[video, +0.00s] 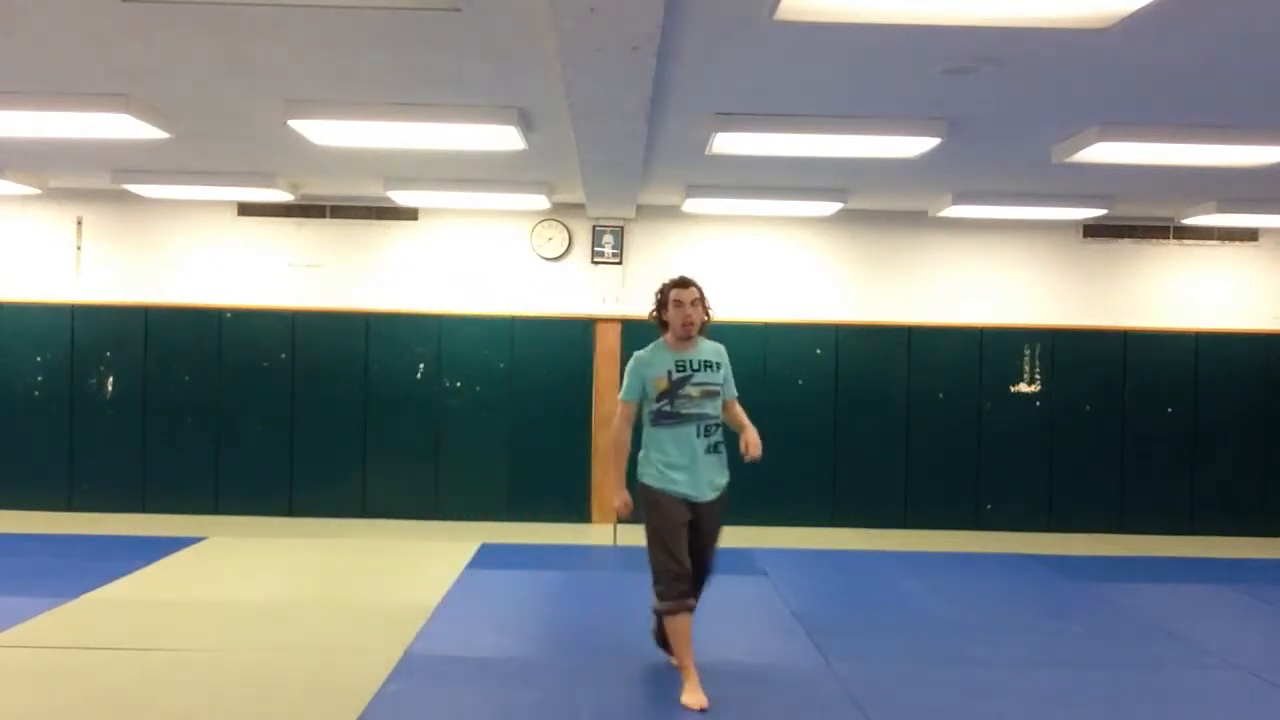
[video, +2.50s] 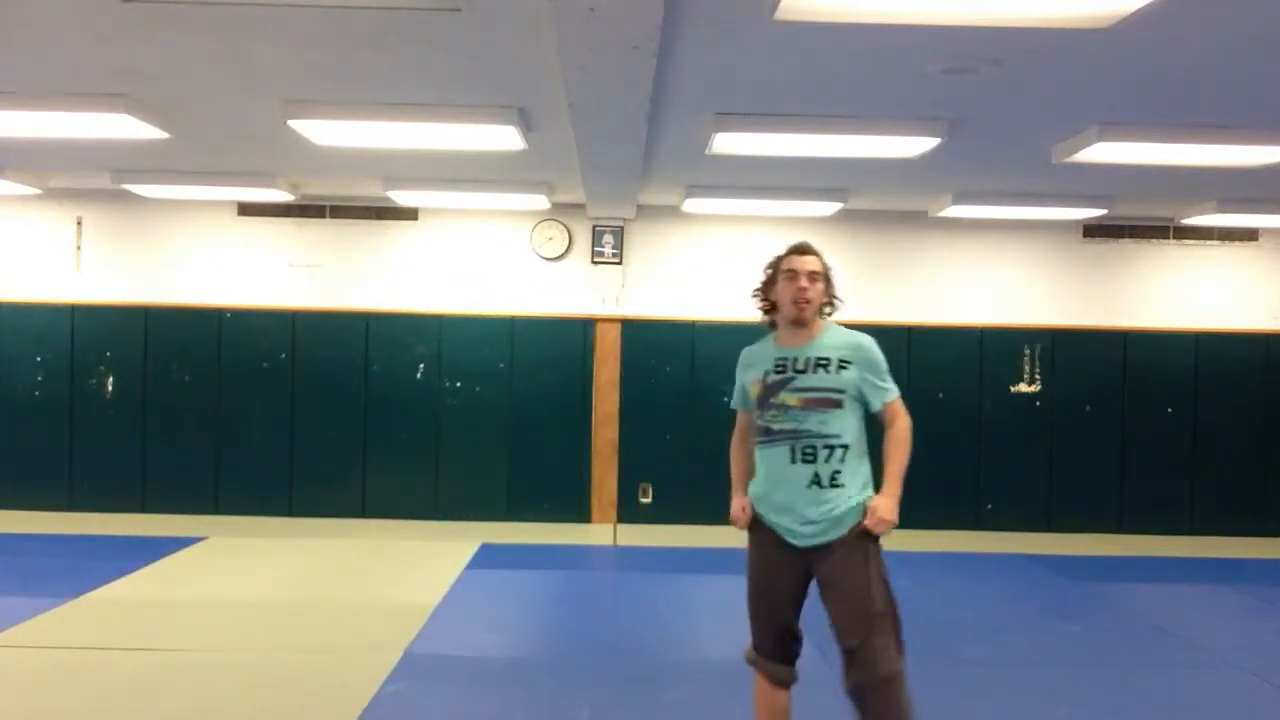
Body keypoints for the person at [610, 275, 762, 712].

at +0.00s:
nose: (687, 312)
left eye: (694, 304)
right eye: (678, 305)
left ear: (704, 311)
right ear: (664, 313)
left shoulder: (718, 354)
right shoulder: (644, 361)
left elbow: (729, 404)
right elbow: (623, 424)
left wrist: (747, 427)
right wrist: (618, 484)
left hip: (710, 481)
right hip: (662, 482)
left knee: (699, 569)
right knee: (676, 574)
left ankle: (669, 625)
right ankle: (690, 674)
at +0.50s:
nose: (717, 310)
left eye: (725, 301)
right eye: (707, 303)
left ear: (738, 307)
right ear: (695, 310)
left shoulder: (760, 356)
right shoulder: (675, 363)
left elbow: (773, 420)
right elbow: (652, 425)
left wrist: (783, 480)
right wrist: (653, 478)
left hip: (752, 503)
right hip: (693, 504)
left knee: (752, 613)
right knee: (688, 602)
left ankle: (756, 710)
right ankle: (690, 678)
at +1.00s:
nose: (737, 305)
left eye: (745, 294)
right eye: (727, 297)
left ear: (762, 301)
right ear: (715, 306)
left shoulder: (795, 355)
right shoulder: (701, 364)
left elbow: (826, 420)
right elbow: (688, 435)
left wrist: (814, 446)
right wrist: (682, 491)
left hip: (776, 523)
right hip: (711, 521)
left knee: (768, 647)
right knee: (711, 637)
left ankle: (756, 716)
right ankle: (706, 718)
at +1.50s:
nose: (713, 292)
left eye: (723, 281)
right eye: (702, 284)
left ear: (741, 290)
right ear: (690, 296)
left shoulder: (779, 341)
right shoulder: (680, 357)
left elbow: (811, 414)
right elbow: (672, 435)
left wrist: (774, 431)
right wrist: (674, 502)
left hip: (775, 523)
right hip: (703, 527)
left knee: (789, 648)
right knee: (709, 655)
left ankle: (794, 718)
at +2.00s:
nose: (746, 291)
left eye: (756, 281)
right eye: (736, 282)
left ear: (777, 291)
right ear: (724, 294)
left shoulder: (806, 343)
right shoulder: (718, 358)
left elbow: (818, 415)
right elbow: (716, 435)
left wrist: (761, 358)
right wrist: (711, 503)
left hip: (800, 526)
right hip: (736, 527)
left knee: (787, 674)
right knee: (750, 672)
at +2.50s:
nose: (803, 287)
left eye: (813, 278)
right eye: (791, 277)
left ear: (826, 291)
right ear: (772, 290)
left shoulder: (858, 349)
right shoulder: (752, 359)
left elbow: (897, 420)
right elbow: (744, 432)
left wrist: (890, 495)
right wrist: (738, 491)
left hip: (846, 527)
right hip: (772, 527)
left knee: (876, 664)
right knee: (771, 660)